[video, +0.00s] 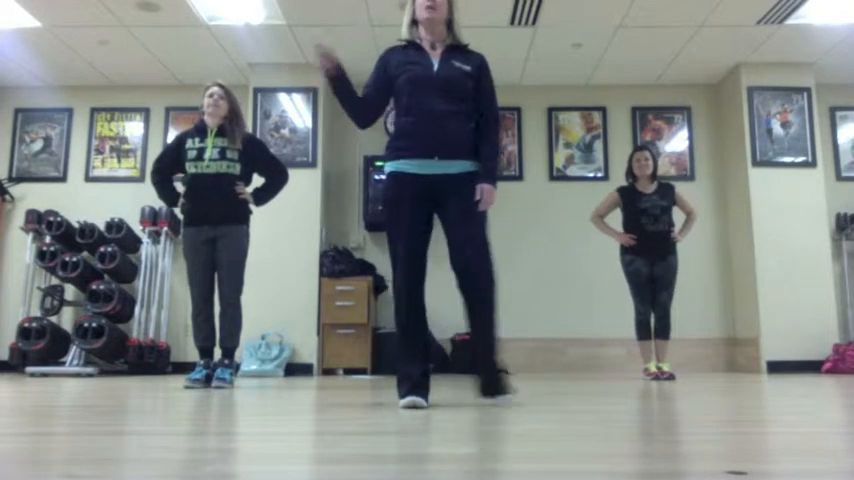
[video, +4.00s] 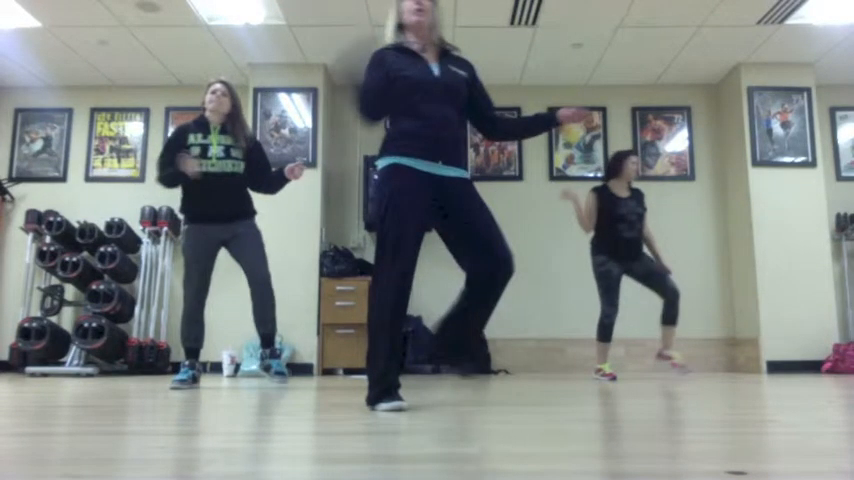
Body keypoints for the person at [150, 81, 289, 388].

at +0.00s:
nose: (213, 100)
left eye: (220, 97)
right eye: (209, 96)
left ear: (230, 107)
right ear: (202, 104)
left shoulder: (245, 142)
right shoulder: (187, 140)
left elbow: (280, 174)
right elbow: (159, 171)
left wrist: (256, 196)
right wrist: (175, 199)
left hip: (232, 227)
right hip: (196, 226)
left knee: (229, 295)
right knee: (200, 297)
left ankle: (227, 362)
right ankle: (205, 361)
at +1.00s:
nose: (220, 99)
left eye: (226, 96)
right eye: (216, 95)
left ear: (236, 107)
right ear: (207, 105)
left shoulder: (251, 143)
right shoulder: (192, 139)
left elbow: (284, 176)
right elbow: (161, 169)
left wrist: (260, 197)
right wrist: (177, 198)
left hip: (236, 227)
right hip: (199, 226)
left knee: (231, 296)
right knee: (202, 297)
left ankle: (227, 363)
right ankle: (205, 362)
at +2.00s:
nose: (202, 98)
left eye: (209, 95)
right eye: (199, 95)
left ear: (220, 104)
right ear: (192, 103)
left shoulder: (237, 138)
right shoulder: (178, 142)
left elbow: (251, 181)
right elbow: (170, 189)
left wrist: (266, 178)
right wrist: (150, 184)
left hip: (225, 227)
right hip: (187, 227)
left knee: (219, 295)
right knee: (186, 296)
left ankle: (217, 362)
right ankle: (187, 364)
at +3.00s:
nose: (258, 98)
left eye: (265, 94)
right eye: (254, 93)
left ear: (275, 105)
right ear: (246, 101)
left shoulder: (287, 142)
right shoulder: (228, 135)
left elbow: (297, 188)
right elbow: (210, 181)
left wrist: (316, 182)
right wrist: (204, 160)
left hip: (266, 228)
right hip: (227, 224)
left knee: (264, 297)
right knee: (198, 282)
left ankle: (263, 364)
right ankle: (183, 346)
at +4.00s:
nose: (215, 96)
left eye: (222, 94)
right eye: (211, 92)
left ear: (232, 105)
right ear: (203, 100)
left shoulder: (244, 139)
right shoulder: (184, 134)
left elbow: (262, 182)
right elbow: (164, 177)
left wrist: (284, 175)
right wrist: (180, 168)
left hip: (240, 225)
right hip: (200, 227)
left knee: (261, 281)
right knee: (194, 294)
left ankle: (269, 354)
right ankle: (190, 363)